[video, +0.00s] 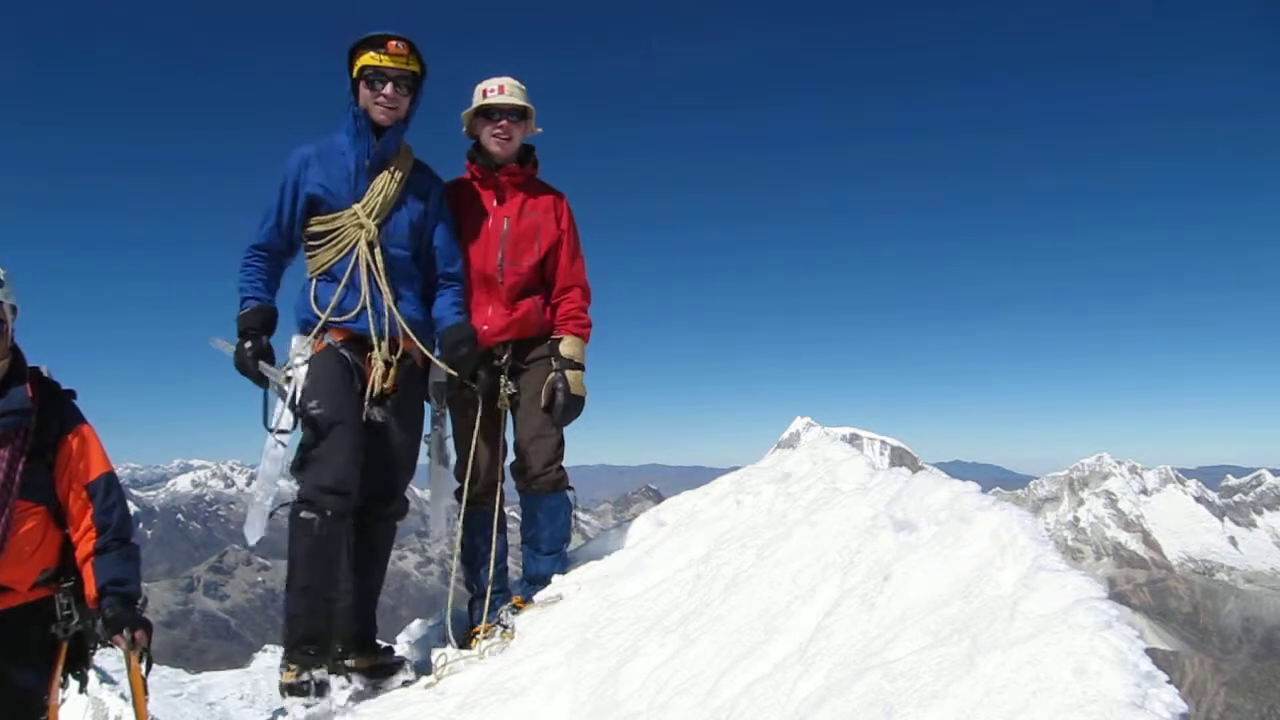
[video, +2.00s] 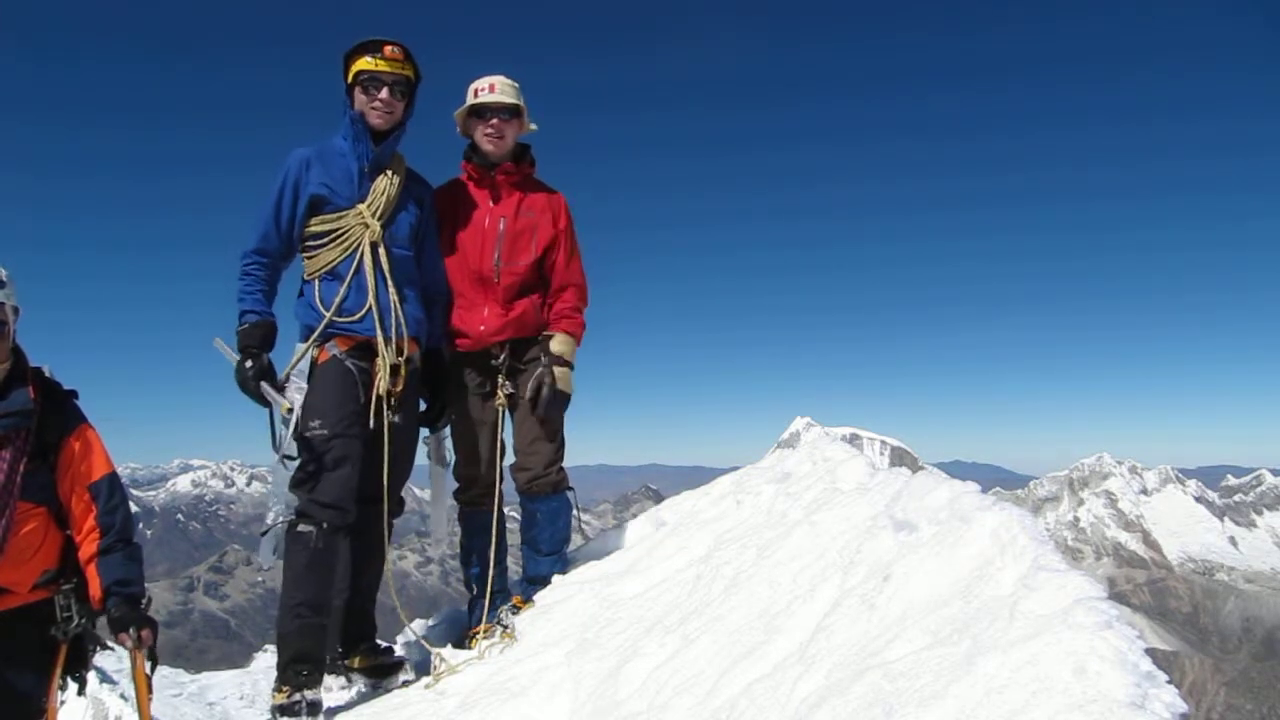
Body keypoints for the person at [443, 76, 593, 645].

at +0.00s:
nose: (502, 126)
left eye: (513, 117)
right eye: (491, 117)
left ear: (528, 128)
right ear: (474, 127)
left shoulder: (551, 204)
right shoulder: (450, 200)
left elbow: (571, 289)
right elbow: (434, 277)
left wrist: (572, 359)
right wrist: (448, 340)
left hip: (536, 350)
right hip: (469, 352)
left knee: (540, 464)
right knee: (478, 476)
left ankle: (542, 587)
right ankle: (486, 603)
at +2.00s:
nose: (495, 125)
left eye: (505, 116)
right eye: (484, 116)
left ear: (522, 126)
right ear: (467, 126)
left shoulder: (548, 204)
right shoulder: (443, 203)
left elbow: (569, 288)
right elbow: (424, 281)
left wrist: (561, 354)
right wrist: (428, 363)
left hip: (531, 352)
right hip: (463, 358)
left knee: (538, 471)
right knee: (476, 480)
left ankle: (542, 589)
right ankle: (485, 601)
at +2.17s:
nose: (495, 125)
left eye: (506, 116)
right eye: (484, 116)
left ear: (522, 126)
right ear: (468, 126)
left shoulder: (548, 203)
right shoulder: (443, 203)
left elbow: (571, 286)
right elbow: (424, 282)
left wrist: (566, 353)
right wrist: (427, 362)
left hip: (532, 352)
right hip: (464, 358)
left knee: (538, 469)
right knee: (476, 479)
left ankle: (541, 590)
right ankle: (484, 604)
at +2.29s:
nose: (494, 125)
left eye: (504, 116)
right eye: (483, 116)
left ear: (522, 126)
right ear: (467, 127)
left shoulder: (547, 202)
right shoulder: (444, 203)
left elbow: (569, 287)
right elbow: (425, 283)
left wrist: (567, 358)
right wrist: (428, 365)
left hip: (533, 353)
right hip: (464, 359)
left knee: (539, 470)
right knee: (477, 479)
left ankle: (541, 590)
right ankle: (484, 603)